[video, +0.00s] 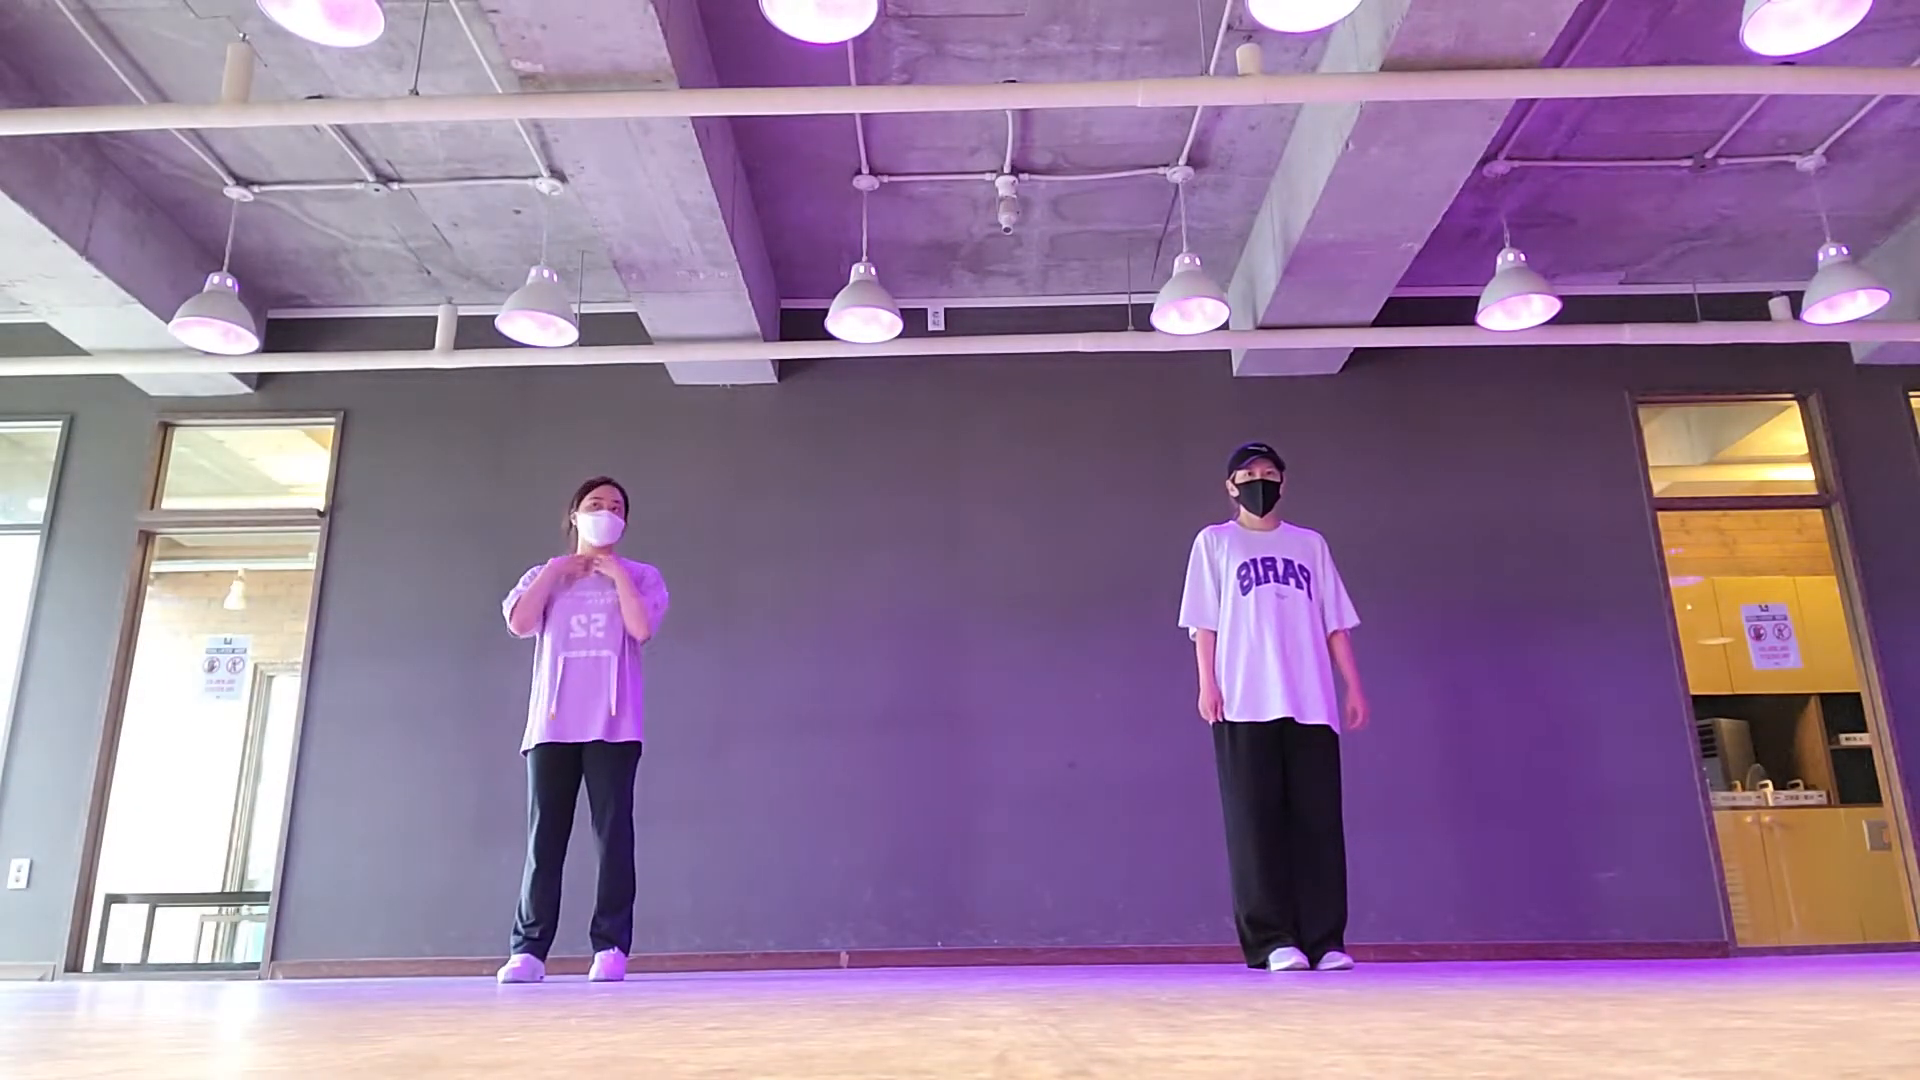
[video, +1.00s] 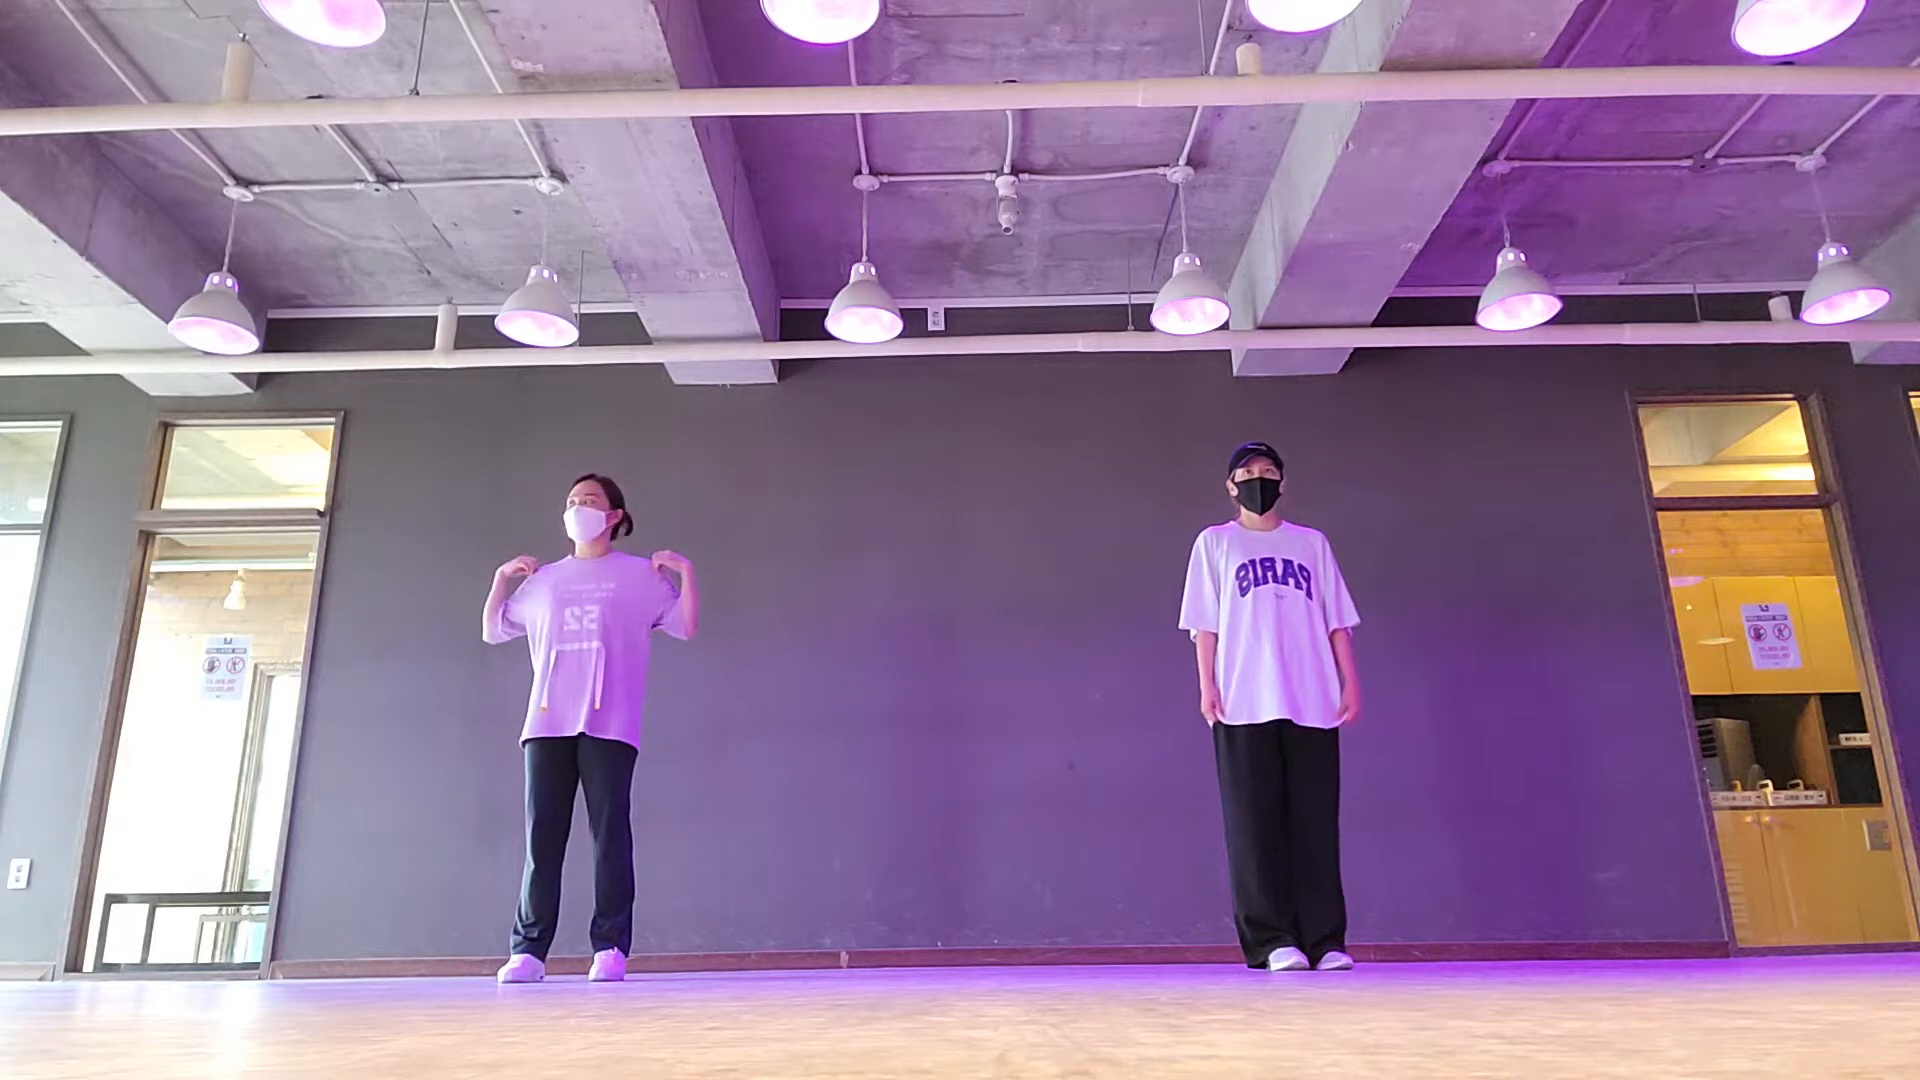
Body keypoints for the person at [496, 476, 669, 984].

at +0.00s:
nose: (606, 514)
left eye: (614, 508)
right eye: (595, 506)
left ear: (625, 524)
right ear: (574, 519)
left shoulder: (643, 577)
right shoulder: (546, 574)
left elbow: (642, 629)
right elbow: (519, 624)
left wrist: (618, 572)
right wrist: (554, 573)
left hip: (614, 725)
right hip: (551, 725)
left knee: (613, 838)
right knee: (544, 840)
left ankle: (610, 949)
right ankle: (528, 950)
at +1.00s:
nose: (578, 509)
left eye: (590, 503)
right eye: (573, 502)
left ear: (614, 519)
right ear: (564, 518)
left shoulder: (641, 574)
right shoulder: (542, 580)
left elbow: (685, 627)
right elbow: (493, 631)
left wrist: (687, 572)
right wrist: (501, 580)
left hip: (610, 720)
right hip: (547, 720)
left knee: (610, 837)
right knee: (541, 837)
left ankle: (610, 949)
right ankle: (528, 951)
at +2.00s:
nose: (564, 508)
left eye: (576, 501)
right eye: (562, 501)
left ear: (603, 515)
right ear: (555, 516)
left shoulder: (631, 572)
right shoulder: (538, 579)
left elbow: (663, 643)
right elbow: (530, 656)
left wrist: (658, 700)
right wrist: (525, 713)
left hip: (605, 722)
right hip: (544, 723)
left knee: (606, 837)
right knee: (539, 839)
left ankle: (610, 948)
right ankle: (527, 950)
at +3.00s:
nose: (556, 513)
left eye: (568, 505)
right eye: (553, 505)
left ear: (598, 516)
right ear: (549, 517)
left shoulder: (628, 572)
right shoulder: (536, 581)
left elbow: (656, 648)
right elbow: (537, 661)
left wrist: (653, 709)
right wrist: (531, 721)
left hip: (603, 722)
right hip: (543, 724)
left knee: (604, 838)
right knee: (538, 840)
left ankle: (609, 948)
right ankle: (527, 950)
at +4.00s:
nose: (555, 517)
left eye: (567, 509)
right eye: (551, 510)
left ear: (596, 520)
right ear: (545, 521)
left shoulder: (625, 573)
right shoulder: (531, 583)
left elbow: (647, 650)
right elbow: (535, 658)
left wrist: (642, 714)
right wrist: (533, 715)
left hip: (598, 722)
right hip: (538, 724)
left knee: (601, 838)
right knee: (535, 841)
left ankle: (609, 948)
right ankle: (527, 951)